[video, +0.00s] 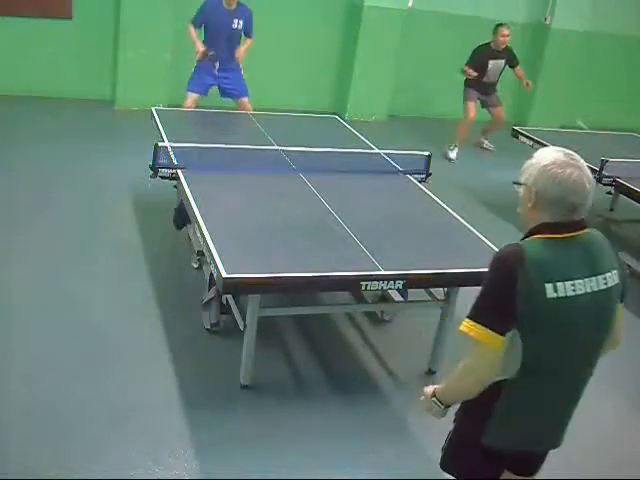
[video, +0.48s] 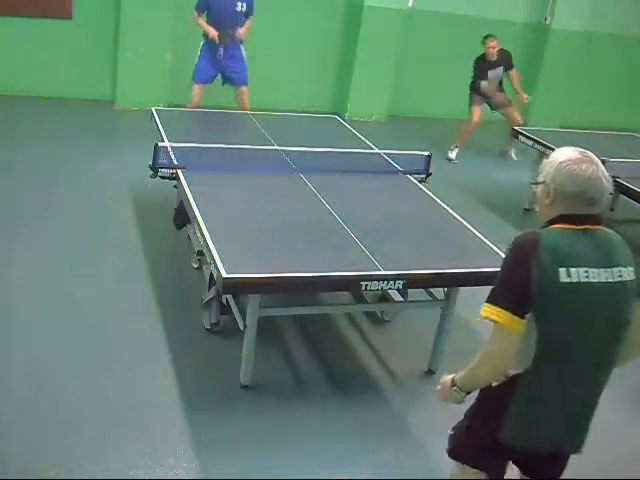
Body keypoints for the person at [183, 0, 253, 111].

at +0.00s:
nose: (231, 0)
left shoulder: (245, 12)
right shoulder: (210, 5)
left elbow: (249, 37)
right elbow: (192, 25)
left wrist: (242, 51)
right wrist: (198, 45)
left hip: (231, 64)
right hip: (207, 62)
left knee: (245, 106)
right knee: (189, 104)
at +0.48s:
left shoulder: (247, 2)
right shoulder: (207, 2)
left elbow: (249, 17)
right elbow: (197, 14)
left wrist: (243, 30)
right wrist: (209, 30)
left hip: (233, 44)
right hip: (211, 44)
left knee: (242, 87)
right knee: (198, 83)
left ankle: (246, 121)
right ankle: (192, 118)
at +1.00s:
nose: (224, 2)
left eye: (227, 0)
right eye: (222, 0)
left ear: (231, 1)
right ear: (218, 0)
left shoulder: (240, 14)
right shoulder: (203, 13)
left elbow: (247, 38)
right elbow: (194, 40)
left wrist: (238, 52)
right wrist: (207, 43)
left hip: (227, 65)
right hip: (202, 64)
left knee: (239, 102)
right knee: (188, 101)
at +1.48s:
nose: (217, 10)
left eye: (220, 7)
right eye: (214, 6)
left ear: (226, 7)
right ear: (209, 6)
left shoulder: (233, 22)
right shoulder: (198, 19)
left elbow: (242, 43)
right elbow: (191, 51)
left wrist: (232, 63)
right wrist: (209, 49)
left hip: (222, 66)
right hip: (198, 65)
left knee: (236, 103)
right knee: (182, 101)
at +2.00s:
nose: (211, 21)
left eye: (215, 17)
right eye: (208, 17)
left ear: (220, 16)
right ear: (203, 15)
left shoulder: (228, 28)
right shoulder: (192, 27)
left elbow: (233, 49)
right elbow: (179, 57)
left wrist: (223, 69)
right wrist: (189, 59)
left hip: (216, 67)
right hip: (193, 66)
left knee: (233, 103)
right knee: (179, 100)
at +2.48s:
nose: (217, 22)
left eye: (220, 18)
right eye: (214, 17)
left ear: (226, 17)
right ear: (208, 15)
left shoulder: (231, 30)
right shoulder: (197, 28)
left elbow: (235, 50)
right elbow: (182, 58)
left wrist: (230, 70)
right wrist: (194, 63)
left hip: (217, 67)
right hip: (194, 67)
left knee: (232, 101)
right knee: (183, 100)